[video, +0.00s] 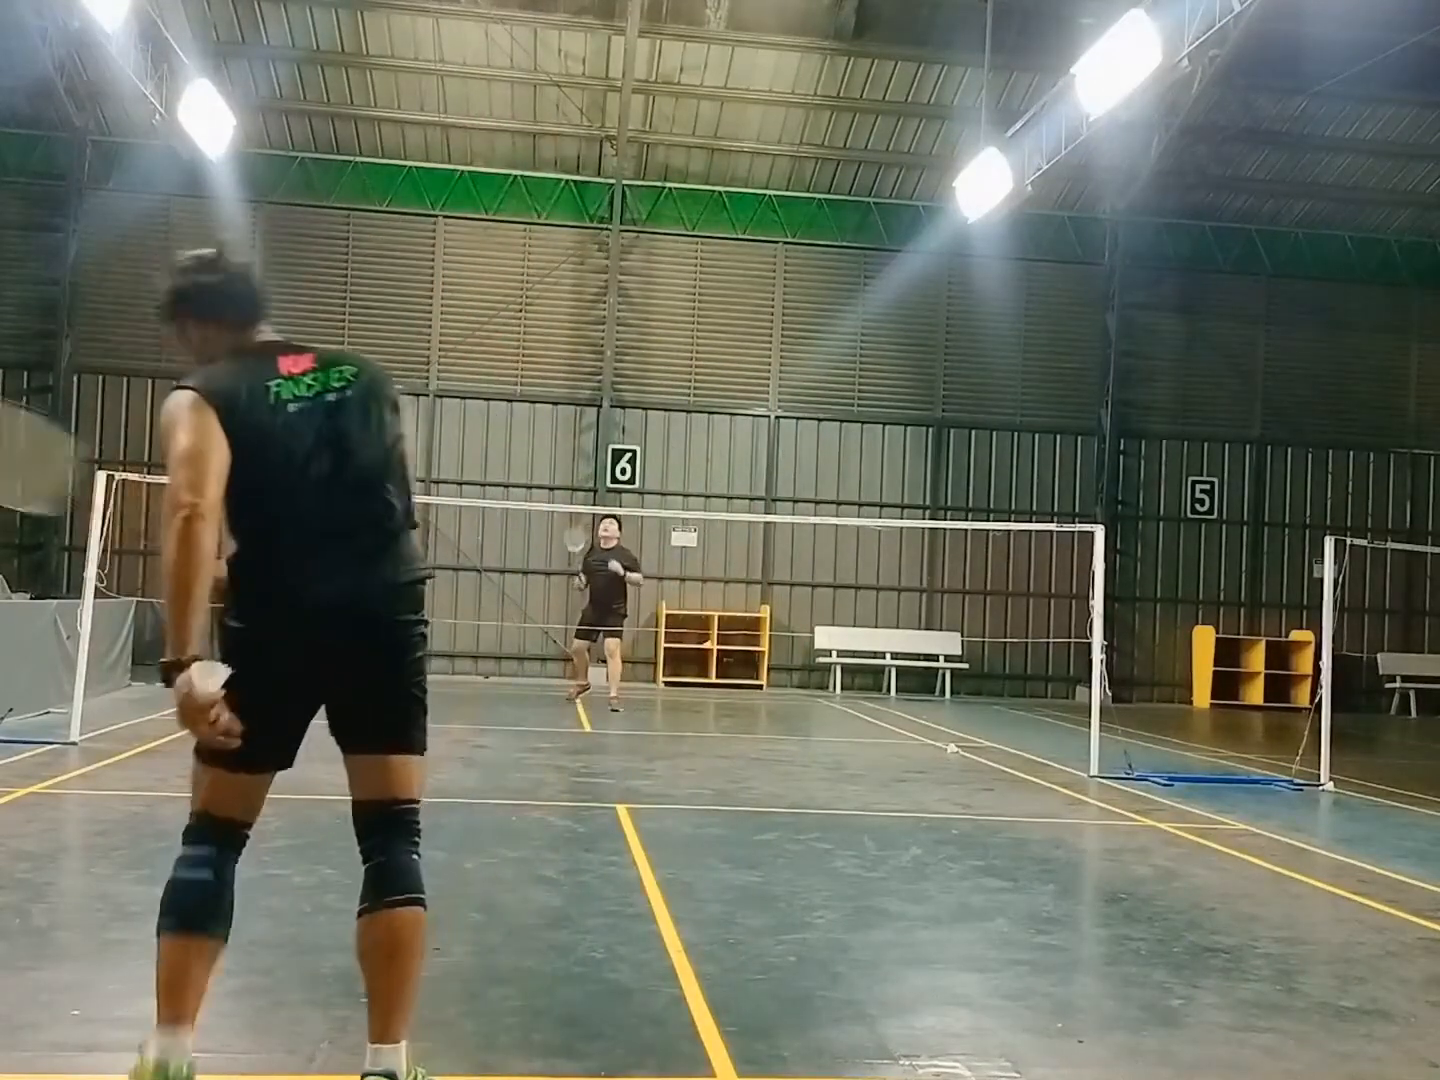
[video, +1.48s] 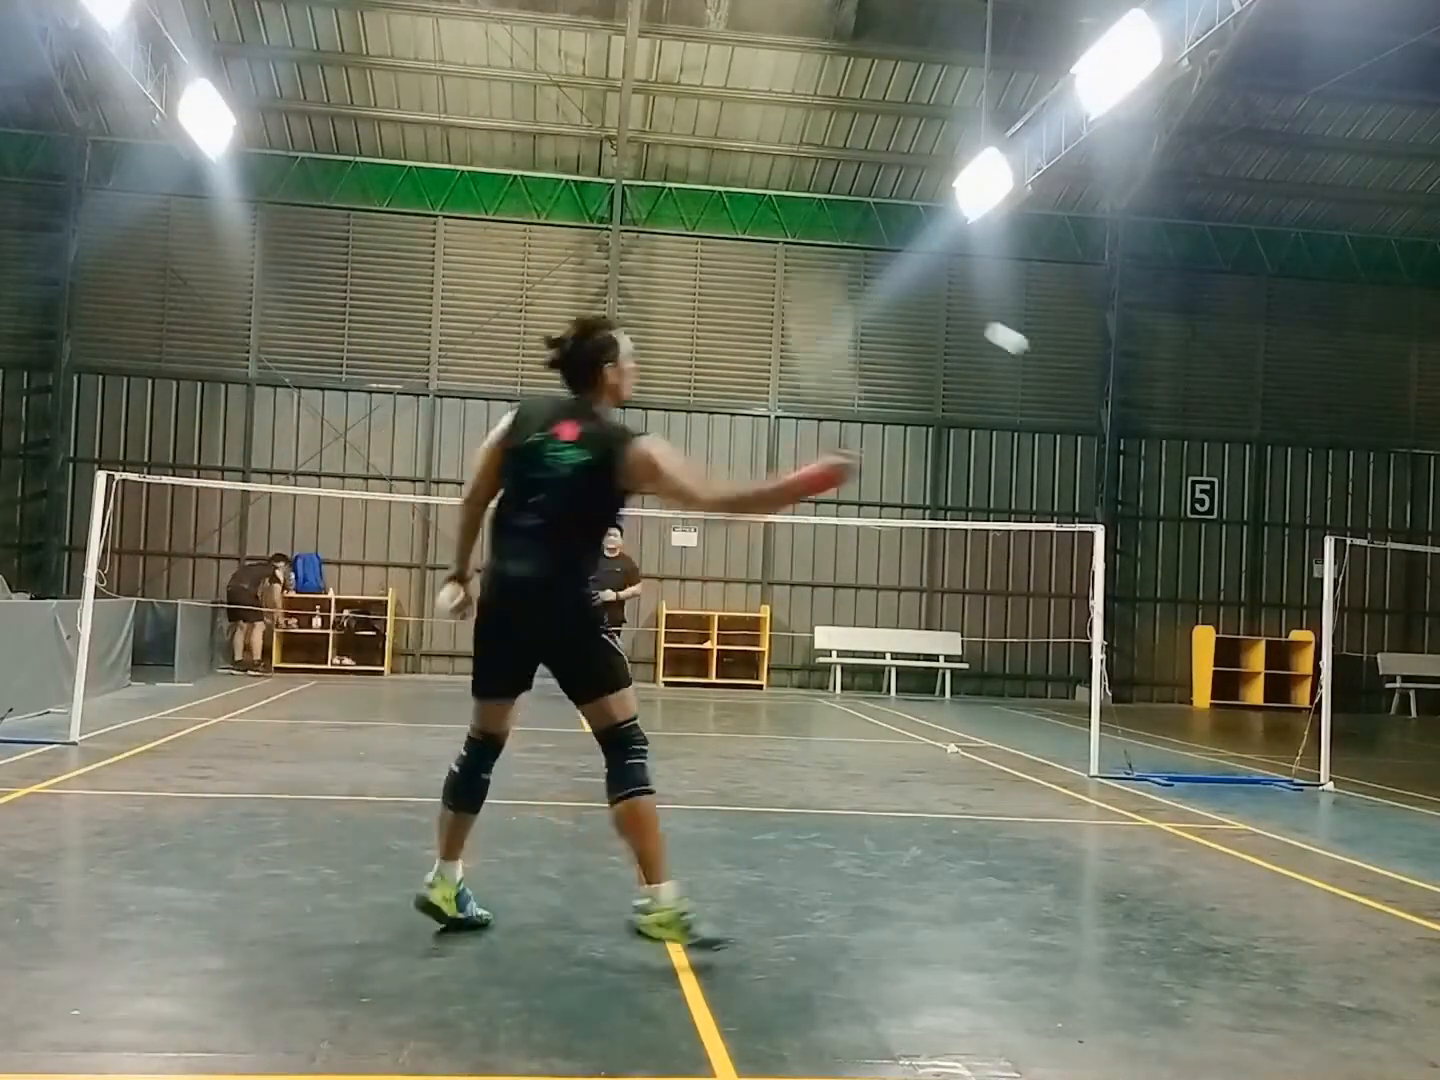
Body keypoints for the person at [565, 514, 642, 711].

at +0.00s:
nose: (605, 526)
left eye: (610, 524)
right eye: (603, 524)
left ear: (619, 532)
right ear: (598, 530)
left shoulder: (625, 555)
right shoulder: (591, 555)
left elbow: (639, 580)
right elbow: (583, 579)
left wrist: (623, 572)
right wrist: (579, 582)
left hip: (615, 609)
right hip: (593, 608)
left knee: (612, 649)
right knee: (578, 647)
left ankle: (614, 695)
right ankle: (581, 683)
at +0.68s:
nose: (587, 536)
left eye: (592, 533)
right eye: (585, 533)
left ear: (599, 540)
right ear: (580, 539)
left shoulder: (604, 553)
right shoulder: (580, 563)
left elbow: (619, 568)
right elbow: (572, 590)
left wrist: (614, 547)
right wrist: (564, 571)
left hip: (598, 609)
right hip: (581, 611)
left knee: (597, 646)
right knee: (565, 649)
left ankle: (613, 679)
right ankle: (577, 687)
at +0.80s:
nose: (595, 530)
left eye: (600, 527)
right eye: (594, 527)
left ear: (610, 534)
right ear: (590, 532)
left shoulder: (611, 550)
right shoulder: (581, 554)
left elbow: (626, 566)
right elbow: (563, 565)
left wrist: (624, 544)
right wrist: (570, 549)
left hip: (599, 603)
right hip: (579, 602)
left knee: (601, 644)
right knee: (574, 645)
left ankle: (611, 673)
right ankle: (577, 685)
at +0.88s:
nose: (608, 536)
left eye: (611, 534)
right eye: (607, 533)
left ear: (615, 535)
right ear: (602, 532)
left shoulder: (616, 550)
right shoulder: (586, 546)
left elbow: (627, 561)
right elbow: (566, 540)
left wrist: (623, 539)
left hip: (602, 599)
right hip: (581, 597)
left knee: (606, 640)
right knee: (574, 641)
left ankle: (612, 668)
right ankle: (574, 681)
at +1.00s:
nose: (621, 535)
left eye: (623, 533)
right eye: (617, 532)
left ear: (628, 540)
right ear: (609, 533)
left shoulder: (625, 558)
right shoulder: (595, 546)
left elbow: (617, 557)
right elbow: (583, 529)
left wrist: (605, 537)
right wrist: (576, 511)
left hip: (607, 603)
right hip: (587, 600)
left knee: (608, 644)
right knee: (575, 638)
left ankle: (609, 680)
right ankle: (571, 677)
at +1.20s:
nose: (619, 544)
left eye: (623, 541)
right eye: (615, 540)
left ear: (628, 547)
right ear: (609, 544)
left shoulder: (629, 567)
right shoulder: (600, 562)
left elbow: (635, 585)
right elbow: (589, 584)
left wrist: (614, 575)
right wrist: (591, 607)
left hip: (614, 612)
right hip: (593, 609)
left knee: (611, 650)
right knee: (572, 636)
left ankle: (605, 685)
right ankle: (549, 666)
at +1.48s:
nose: (612, 538)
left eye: (615, 535)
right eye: (608, 534)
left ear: (621, 540)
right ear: (602, 538)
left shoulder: (627, 562)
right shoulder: (593, 559)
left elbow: (637, 589)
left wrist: (614, 595)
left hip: (613, 620)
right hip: (590, 619)